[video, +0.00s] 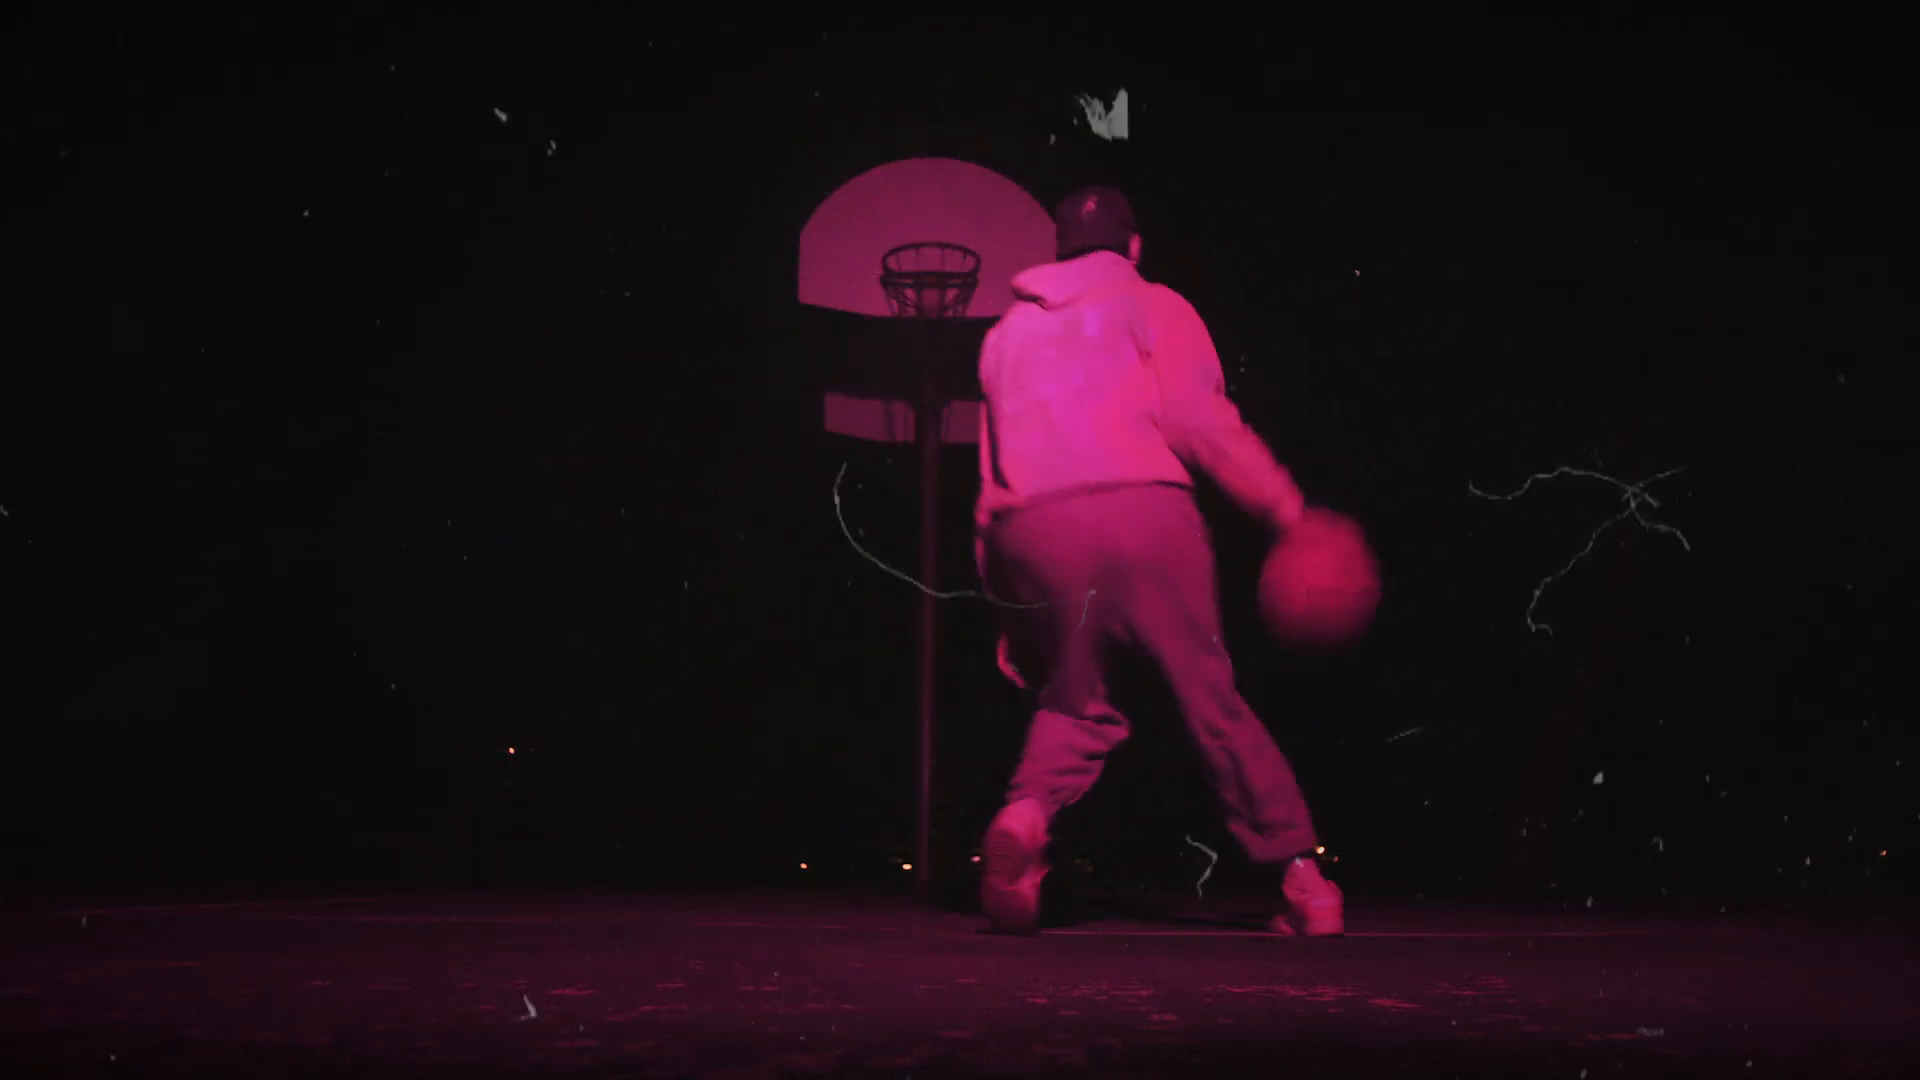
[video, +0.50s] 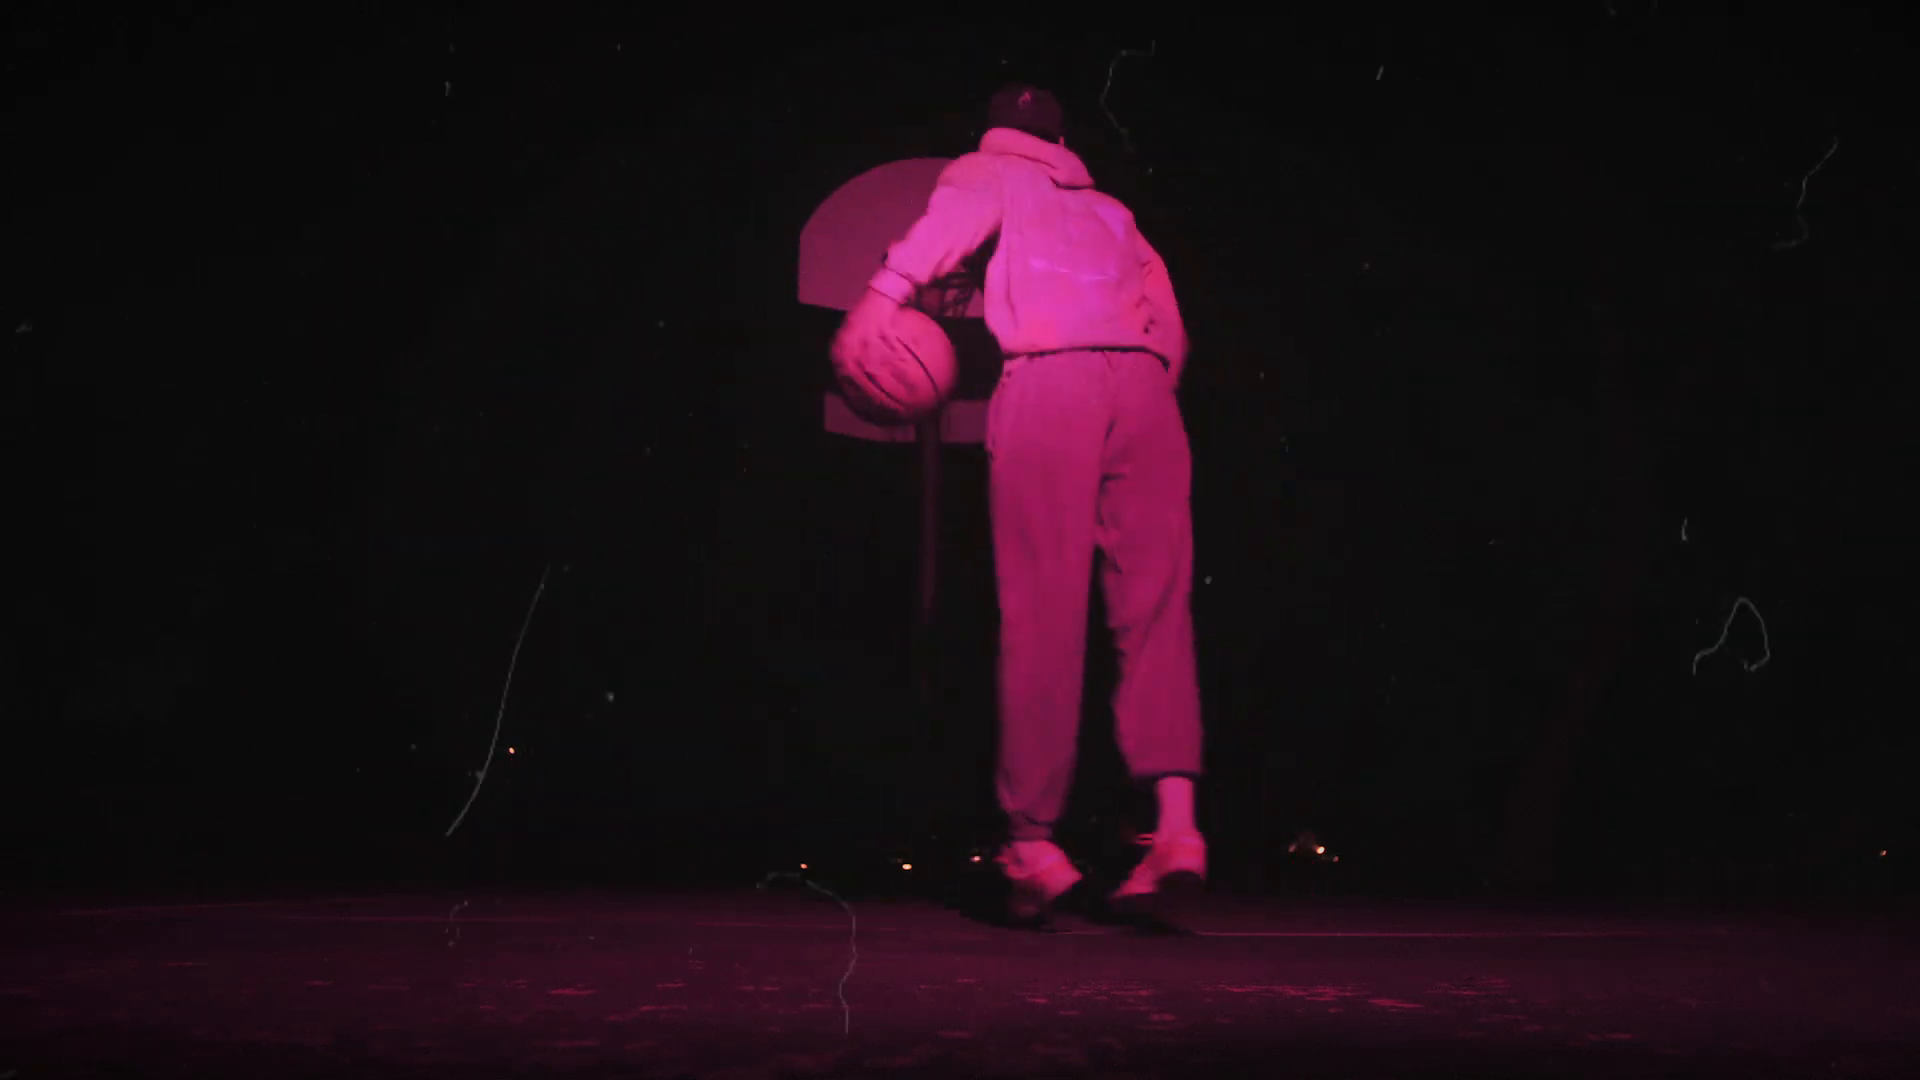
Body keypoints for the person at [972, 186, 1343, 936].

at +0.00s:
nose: (1142, 256)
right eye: (1141, 246)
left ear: (1058, 250)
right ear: (1132, 248)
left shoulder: (1004, 337)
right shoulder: (1155, 306)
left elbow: (995, 486)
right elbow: (1197, 414)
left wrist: (1010, 613)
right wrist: (1287, 508)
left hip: (1040, 529)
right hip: (1144, 515)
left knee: (1075, 702)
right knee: (1210, 697)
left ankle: (1024, 815)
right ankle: (1298, 869)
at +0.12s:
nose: (1131, 271)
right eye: (1132, 261)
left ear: (1055, 264)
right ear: (1130, 263)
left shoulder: (1018, 347)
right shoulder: (1171, 328)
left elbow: (1013, 484)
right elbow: (1225, 430)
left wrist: (1022, 601)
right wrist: (1243, 530)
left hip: (1078, 541)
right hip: (1187, 524)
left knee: (1102, 698)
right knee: (1221, 691)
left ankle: (1074, 871)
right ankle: (1303, 869)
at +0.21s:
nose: (1119, 265)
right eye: (1121, 255)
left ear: (1044, 256)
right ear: (1120, 256)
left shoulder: (1010, 337)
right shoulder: (1164, 321)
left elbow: (1010, 471)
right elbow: (1226, 425)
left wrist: (1019, 589)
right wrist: (1248, 542)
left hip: (1076, 537)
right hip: (1184, 522)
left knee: (1094, 697)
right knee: (1218, 691)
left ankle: (1077, 876)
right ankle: (1302, 872)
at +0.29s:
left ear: (1018, 219)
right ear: (1096, 222)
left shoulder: (995, 290)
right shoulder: (1145, 289)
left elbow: (997, 388)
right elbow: (1212, 397)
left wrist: (992, 490)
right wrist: (1256, 508)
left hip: (1072, 492)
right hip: (1174, 484)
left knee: (1091, 692)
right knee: (1213, 681)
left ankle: (1079, 878)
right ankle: (1291, 866)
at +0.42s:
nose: (993, 173)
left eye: (995, 154)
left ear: (998, 153)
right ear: (1070, 161)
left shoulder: (989, 197)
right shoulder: (1121, 231)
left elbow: (969, 267)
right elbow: (1197, 355)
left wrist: (928, 346)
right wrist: (1200, 450)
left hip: (1059, 419)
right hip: (1159, 416)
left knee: (1061, 637)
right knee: (1187, 625)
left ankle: (1071, 865)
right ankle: (1217, 837)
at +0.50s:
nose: (993, 150)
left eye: (991, 137)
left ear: (991, 135)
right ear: (1063, 144)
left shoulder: (987, 170)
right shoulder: (1112, 211)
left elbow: (945, 233)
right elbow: (1167, 328)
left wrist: (877, 299)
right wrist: (1137, 396)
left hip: (1048, 390)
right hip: (1147, 396)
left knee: (1043, 602)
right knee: (1156, 603)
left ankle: (1032, 839)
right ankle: (1178, 826)